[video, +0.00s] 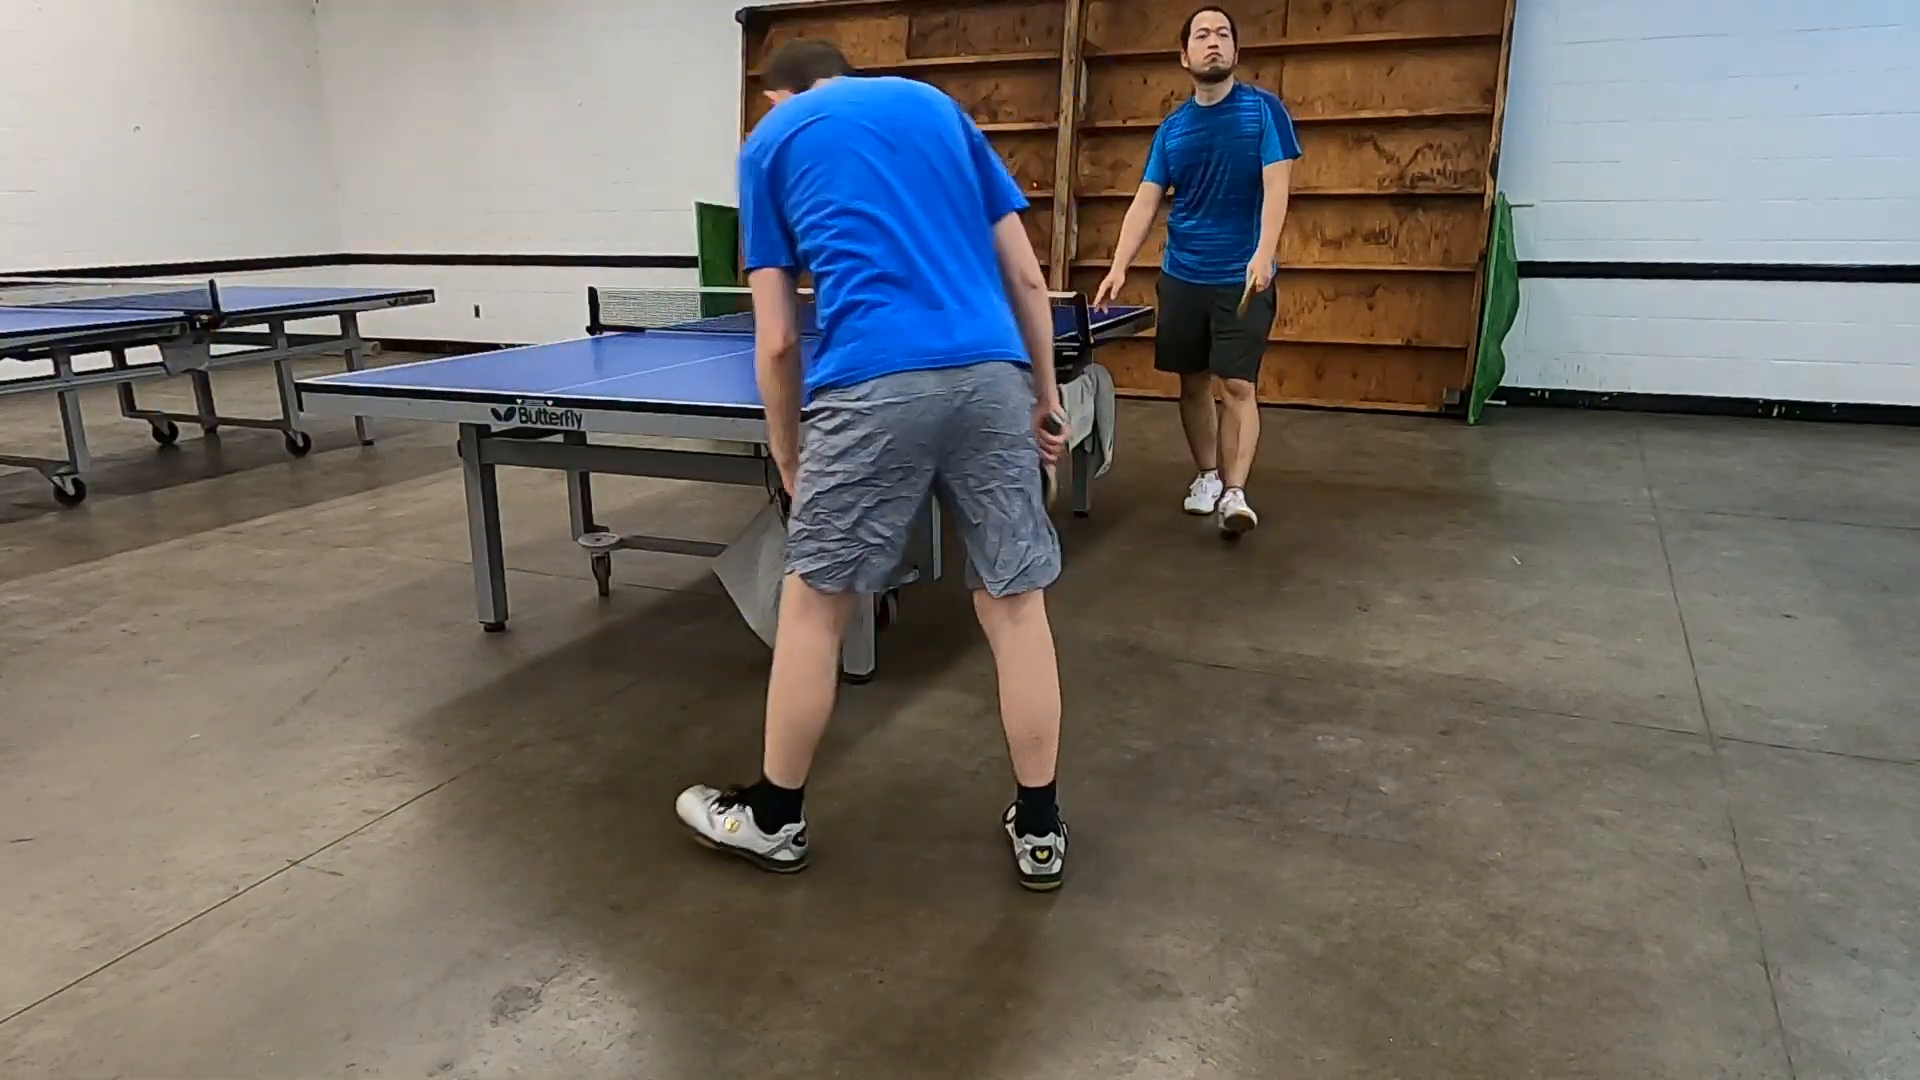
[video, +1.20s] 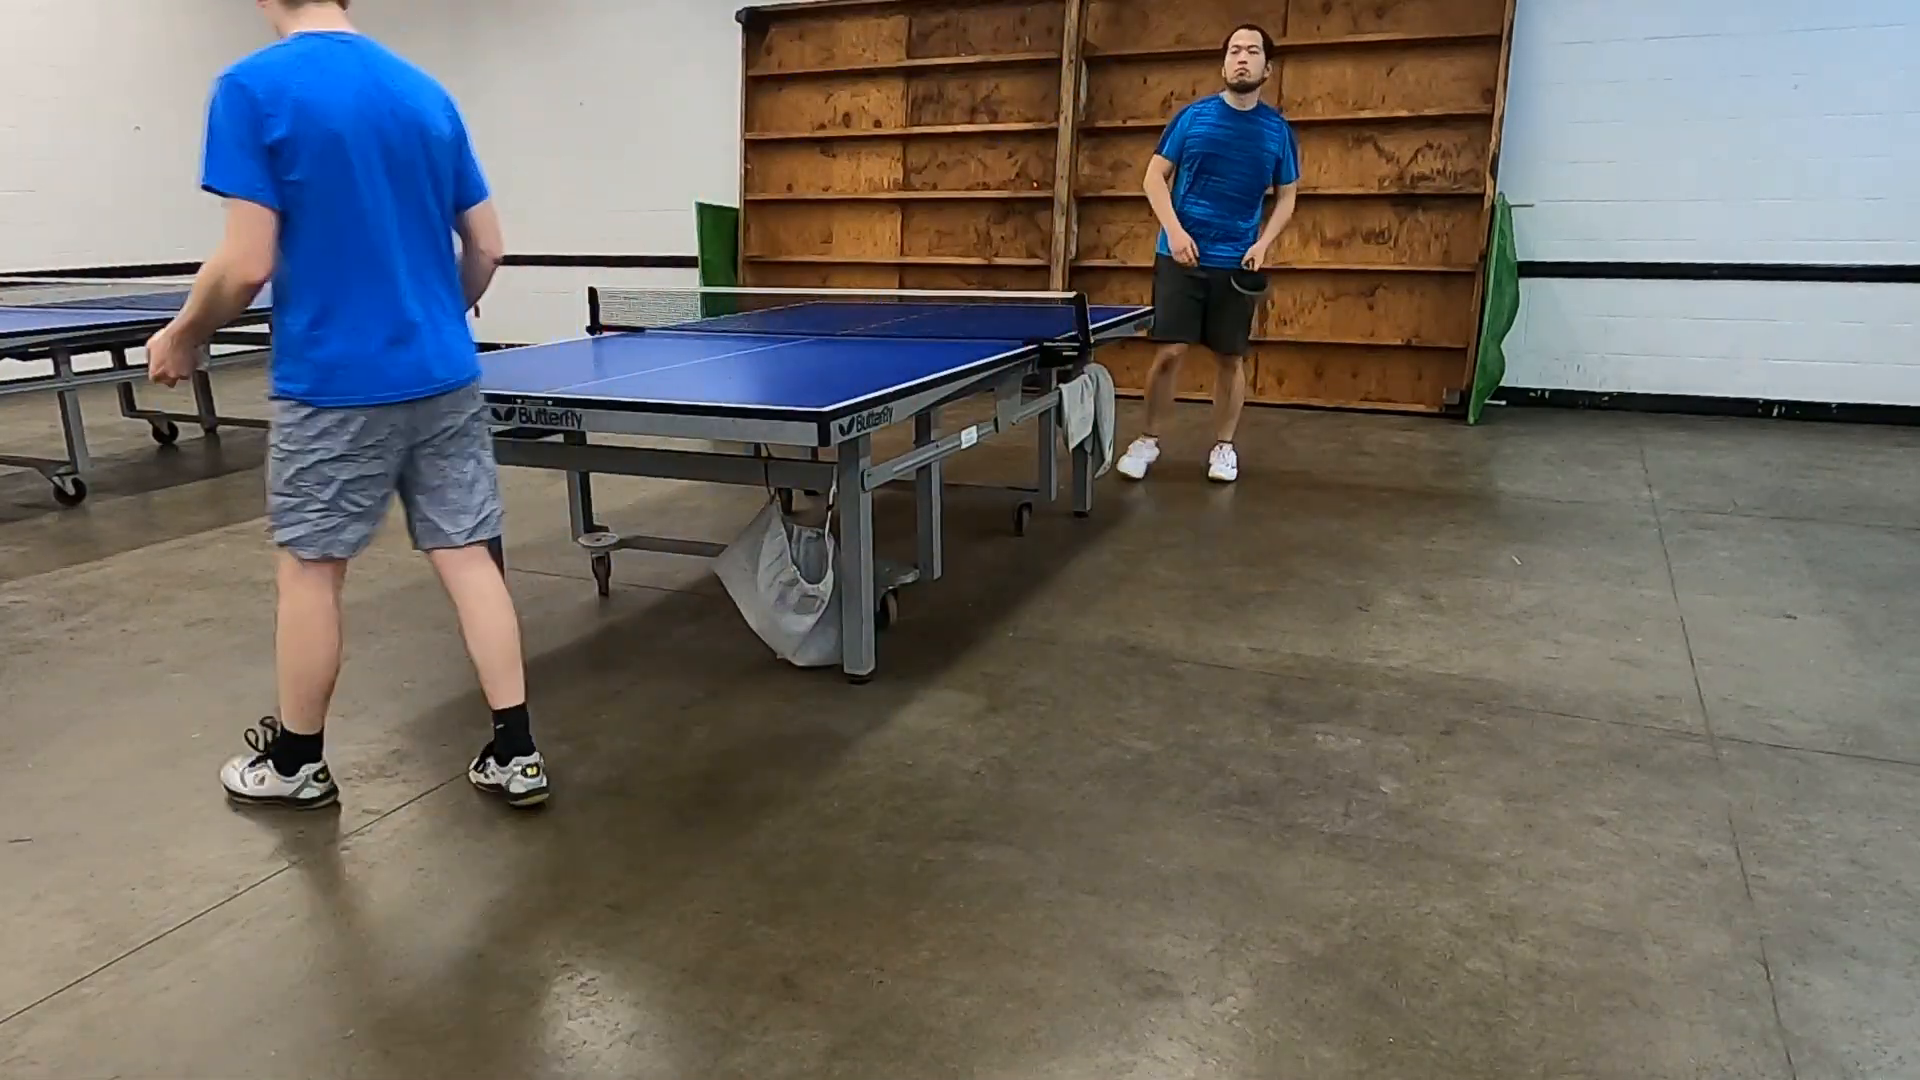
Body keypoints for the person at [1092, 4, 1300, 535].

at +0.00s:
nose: (1213, 41)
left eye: (1222, 35)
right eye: (1202, 36)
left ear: (1237, 52)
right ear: (1186, 57)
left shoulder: (1264, 110)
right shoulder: (1172, 130)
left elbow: (1276, 188)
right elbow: (1144, 204)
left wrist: (1265, 253)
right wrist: (1119, 266)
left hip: (1244, 275)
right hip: (1182, 276)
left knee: (1236, 386)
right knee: (1193, 382)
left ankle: (1234, 492)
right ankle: (1207, 476)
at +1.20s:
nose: (1241, 58)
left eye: (1252, 52)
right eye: (1234, 51)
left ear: (1268, 66)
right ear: (1223, 62)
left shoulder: (1278, 131)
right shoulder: (1193, 116)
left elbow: (1286, 199)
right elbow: (1154, 177)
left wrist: (1263, 243)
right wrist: (1174, 231)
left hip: (1238, 264)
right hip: (1182, 257)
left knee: (1230, 360)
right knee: (1169, 353)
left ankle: (1223, 446)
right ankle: (1149, 440)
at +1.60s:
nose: (1180, 66)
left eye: (1190, 60)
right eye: (1174, 61)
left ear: (1210, 73)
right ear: (1166, 73)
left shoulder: (1227, 129)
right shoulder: (1146, 129)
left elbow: (1252, 192)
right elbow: (1115, 189)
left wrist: (1199, 203)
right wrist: (1141, 206)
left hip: (1198, 268)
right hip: (1140, 263)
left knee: (1207, 358)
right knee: (1100, 348)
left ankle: (1221, 446)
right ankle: (1079, 427)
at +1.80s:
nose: (1128, 80)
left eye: (1140, 73)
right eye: (1124, 73)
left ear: (1162, 85)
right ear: (1118, 83)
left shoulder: (1182, 135)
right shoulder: (1107, 142)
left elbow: (1199, 199)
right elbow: (1088, 198)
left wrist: (1146, 184)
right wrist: (1073, 242)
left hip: (1168, 273)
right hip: (1111, 269)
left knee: (1187, 358)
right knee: (1083, 352)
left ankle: (1215, 445)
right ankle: (1080, 432)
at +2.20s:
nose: (1081, 142)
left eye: (1088, 134)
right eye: (1075, 135)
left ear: (1110, 130)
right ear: (1070, 134)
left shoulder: (1144, 153)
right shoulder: (1085, 171)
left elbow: (1141, 215)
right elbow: (1080, 218)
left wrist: (1101, 162)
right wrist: (1053, 264)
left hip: (1174, 266)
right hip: (1123, 268)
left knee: (1178, 351)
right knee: (1084, 346)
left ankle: (1197, 443)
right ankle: (1079, 426)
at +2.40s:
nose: (1082, 179)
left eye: (1088, 170)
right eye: (1077, 172)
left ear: (1113, 162)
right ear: (1073, 168)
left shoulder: (1149, 178)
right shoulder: (1086, 199)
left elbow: (1140, 240)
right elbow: (1085, 253)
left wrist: (1109, 184)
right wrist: (1080, 304)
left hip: (1181, 275)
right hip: (1130, 278)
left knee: (1180, 351)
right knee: (1076, 344)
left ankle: (1197, 445)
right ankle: (1078, 427)